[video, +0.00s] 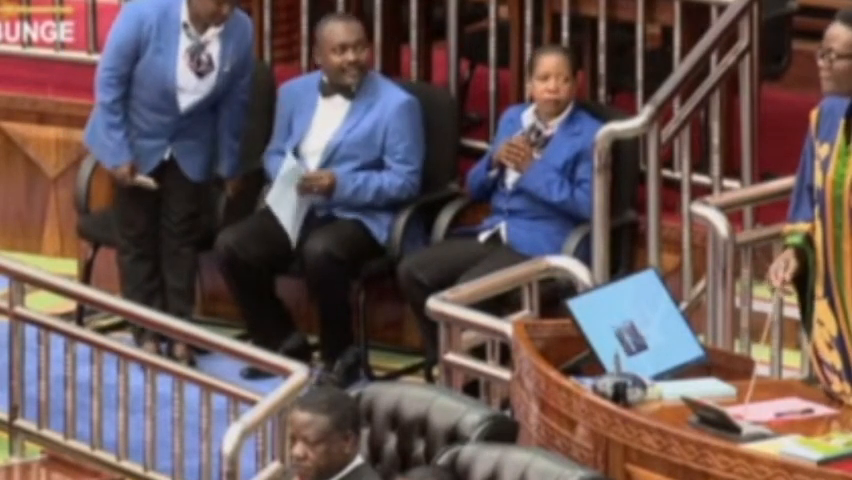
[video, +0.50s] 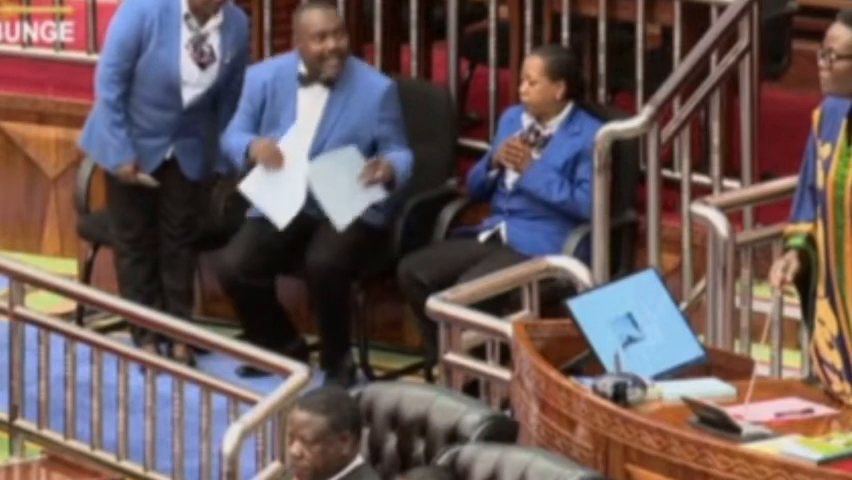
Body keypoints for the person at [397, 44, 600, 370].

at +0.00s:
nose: (553, 88)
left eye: (562, 80)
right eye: (544, 79)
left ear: (576, 85)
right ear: (530, 84)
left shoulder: (590, 135)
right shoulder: (512, 119)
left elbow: (589, 207)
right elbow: (474, 189)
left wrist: (530, 170)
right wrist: (495, 163)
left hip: (539, 250)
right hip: (494, 238)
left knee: (460, 299)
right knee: (414, 271)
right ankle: (444, 365)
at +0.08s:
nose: (552, 88)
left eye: (562, 81)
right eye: (543, 79)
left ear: (575, 85)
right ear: (530, 84)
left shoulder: (590, 135)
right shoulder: (512, 119)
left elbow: (589, 207)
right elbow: (474, 189)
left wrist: (530, 170)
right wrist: (495, 162)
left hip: (539, 250)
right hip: (494, 238)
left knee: (460, 299)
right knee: (413, 271)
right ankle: (444, 365)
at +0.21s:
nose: (538, 89)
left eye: (549, 81)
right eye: (532, 80)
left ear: (572, 87)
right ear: (524, 83)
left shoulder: (590, 135)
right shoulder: (512, 119)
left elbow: (589, 207)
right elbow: (474, 188)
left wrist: (530, 170)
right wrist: (495, 163)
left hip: (539, 249)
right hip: (494, 236)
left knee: (462, 297)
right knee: (413, 271)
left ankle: (485, 381)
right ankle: (446, 366)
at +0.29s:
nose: (529, 90)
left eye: (540, 82)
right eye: (527, 80)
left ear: (567, 89)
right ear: (521, 82)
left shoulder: (590, 135)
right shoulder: (512, 119)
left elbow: (589, 207)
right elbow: (475, 188)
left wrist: (529, 171)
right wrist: (495, 163)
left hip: (540, 249)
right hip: (494, 237)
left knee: (462, 298)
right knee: (413, 272)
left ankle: (484, 380)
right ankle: (446, 364)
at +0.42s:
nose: (525, 90)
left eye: (535, 83)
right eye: (524, 81)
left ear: (563, 90)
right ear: (520, 82)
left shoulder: (590, 135)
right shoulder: (512, 119)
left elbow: (589, 207)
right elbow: (475, 188)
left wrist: (529, 171)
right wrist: (494, 163)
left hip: (539, 249)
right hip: (494, 237)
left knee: (461, 298)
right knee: (413, 270)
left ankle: (483, 380)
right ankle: (446, 363)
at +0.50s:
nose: (523, 91)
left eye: (532, 83)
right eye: (522, 81)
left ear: (560, 90)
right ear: (519, 83)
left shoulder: (590, 135)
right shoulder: (512, 119)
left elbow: (589, 207)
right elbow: (474, 189)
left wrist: (529, 171)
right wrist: (494, 163)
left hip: (539, 250)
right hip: (494, 237)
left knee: (461, 298)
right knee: (413, 271)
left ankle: (482, 380)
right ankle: (447, 363)